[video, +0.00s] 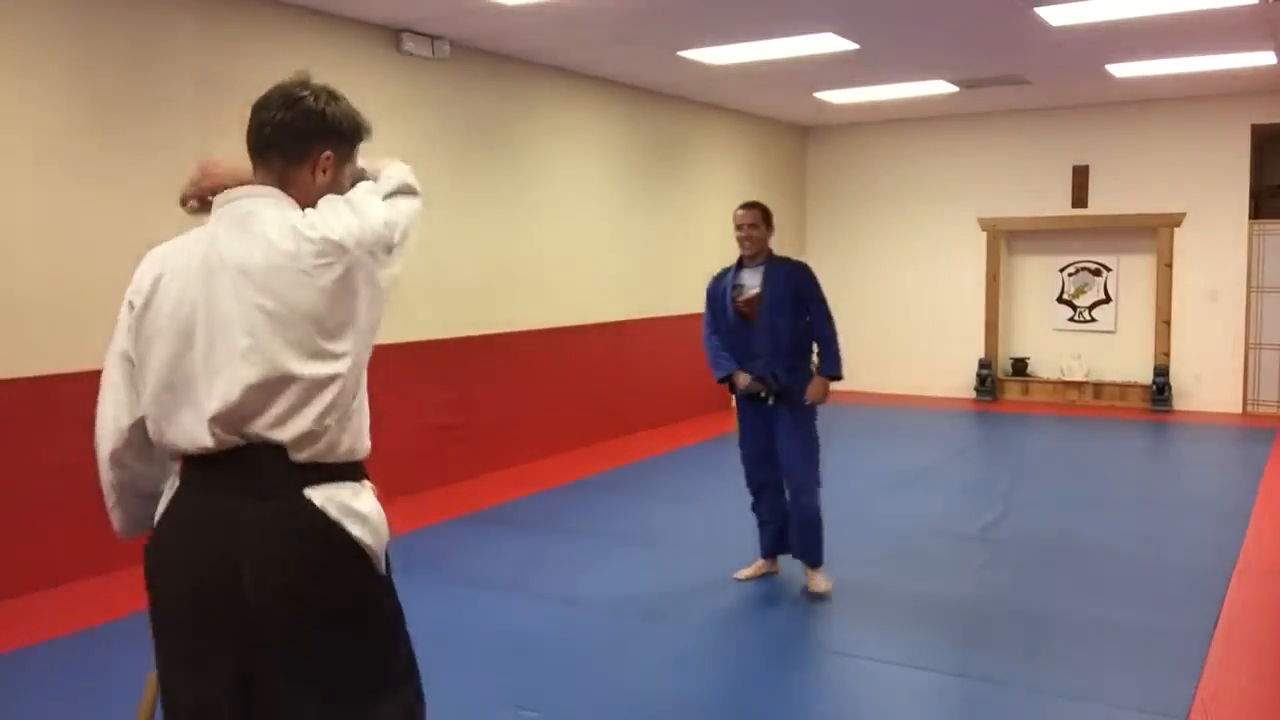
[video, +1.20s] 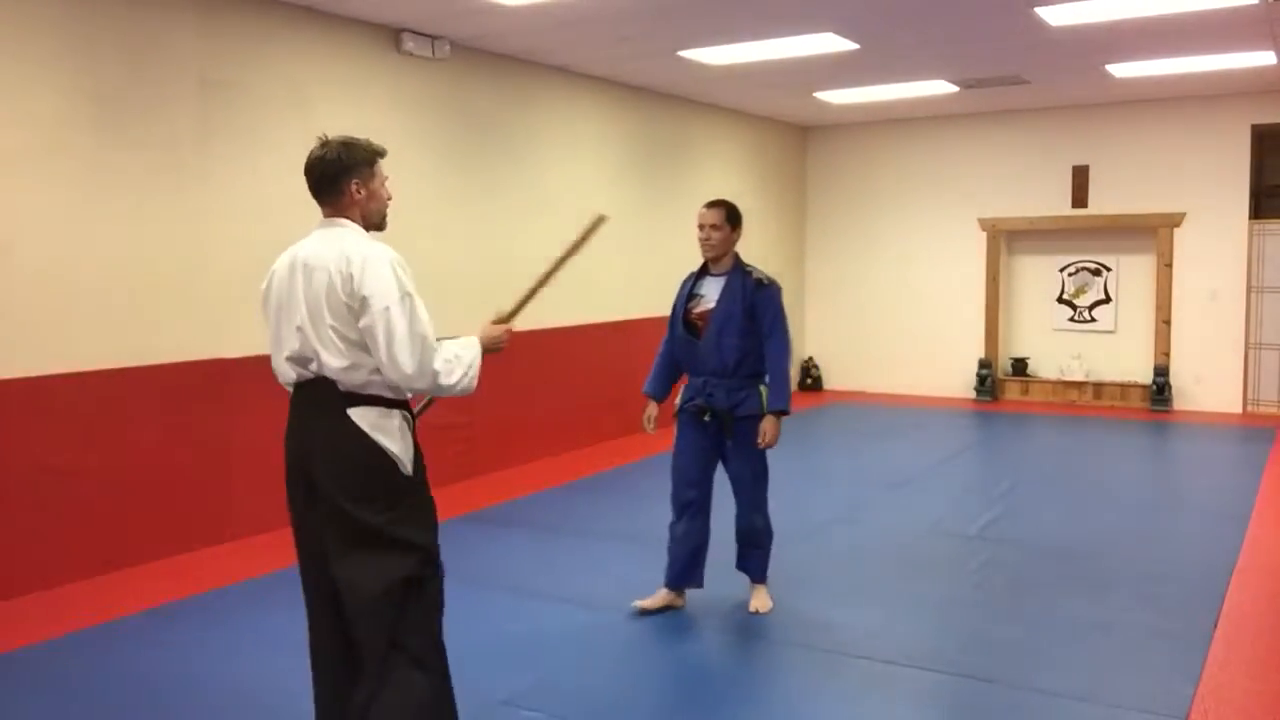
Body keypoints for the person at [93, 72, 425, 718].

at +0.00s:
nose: (348, 182)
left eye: (349, 167)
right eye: (350, 168)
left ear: (261, 153)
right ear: (323, 167)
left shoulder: (161, 266)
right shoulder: (337, 240)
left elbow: (121, 429)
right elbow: (399, 182)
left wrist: (142, 518)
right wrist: (245, 176)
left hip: (191, 529)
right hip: (315, 530)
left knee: (201, 706)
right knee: (367, 704)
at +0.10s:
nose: (346, 186)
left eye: (347, 172)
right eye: (345, 171)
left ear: (255, 161)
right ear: (321, 167)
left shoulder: (168, 266)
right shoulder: (337, 242)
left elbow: (137, 427)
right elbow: (408, 206)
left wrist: (177, 516)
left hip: (198, 520)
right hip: (320, 519)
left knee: (202, 703)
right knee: (353, 700)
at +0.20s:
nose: (345, 192)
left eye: (348, 176)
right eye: (346, 176)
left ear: (261, 169)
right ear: (321, 174)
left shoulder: (180, 272)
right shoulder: (342, 250)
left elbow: (153, 425)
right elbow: (427, 234)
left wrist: (197, 505)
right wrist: (345, 225)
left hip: (214, 514)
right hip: (332, 514)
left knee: (214, 700)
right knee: (357, 697)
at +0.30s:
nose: (349, 200)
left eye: (351, 184)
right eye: (349, 184)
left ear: (270, 181)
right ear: (327, 185)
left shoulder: (198, 282)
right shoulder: (357, 266)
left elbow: (173, 427)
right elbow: (452, 299)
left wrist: (222, 490)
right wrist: (395, 257)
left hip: (234, 510)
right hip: (346, 508)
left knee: (226, 686)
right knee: (370, 683)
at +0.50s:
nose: (370, 192)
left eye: (369, 179)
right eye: (369, 180)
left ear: (296, 185)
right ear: (356, 186)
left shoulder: (239, 280)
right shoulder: (394, 276)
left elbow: (213, 413)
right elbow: (451, 391)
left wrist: (275, 443)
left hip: (280, 499)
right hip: (382, 496)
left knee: (278, 673)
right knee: (388, 671)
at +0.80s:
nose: (393, 187)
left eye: (391, 176)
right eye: (390, 176)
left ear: (326, 184)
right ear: (375, 184)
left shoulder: (271, 267)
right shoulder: (406, 265)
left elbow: (257, 380)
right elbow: (451, 383)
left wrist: (321, 382)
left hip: (296, 465)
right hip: (386, 465)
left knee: (304, 633)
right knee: (395, 633)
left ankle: (302, 719)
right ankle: (393, 717)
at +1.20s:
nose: (389, 192)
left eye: (386, 179)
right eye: (382, 182)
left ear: (329, 194)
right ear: (355, 191)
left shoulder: (285, 264)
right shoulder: (371, 260)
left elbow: (292, 364)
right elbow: (411, 364)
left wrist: (383, 376)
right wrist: (476, 343)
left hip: (307, 429)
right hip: (368, 432)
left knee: (331, 589)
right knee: (401, 583)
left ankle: (344, 709)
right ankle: (408, 708)